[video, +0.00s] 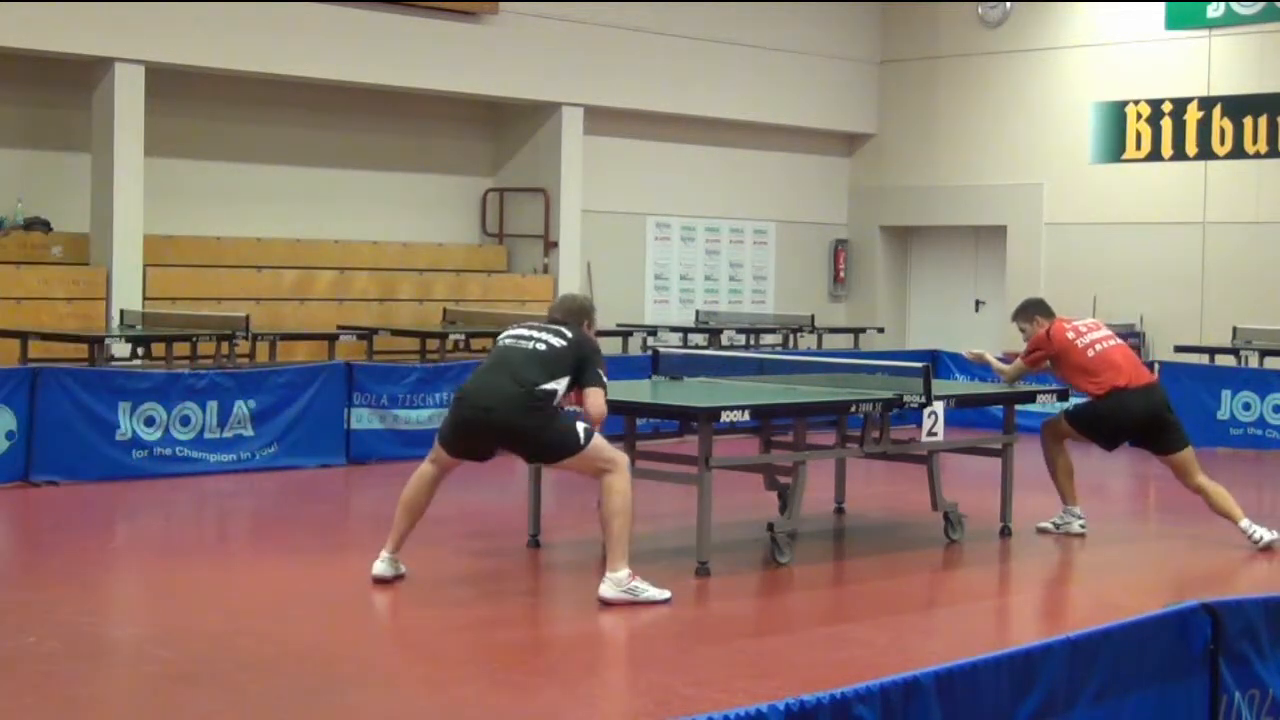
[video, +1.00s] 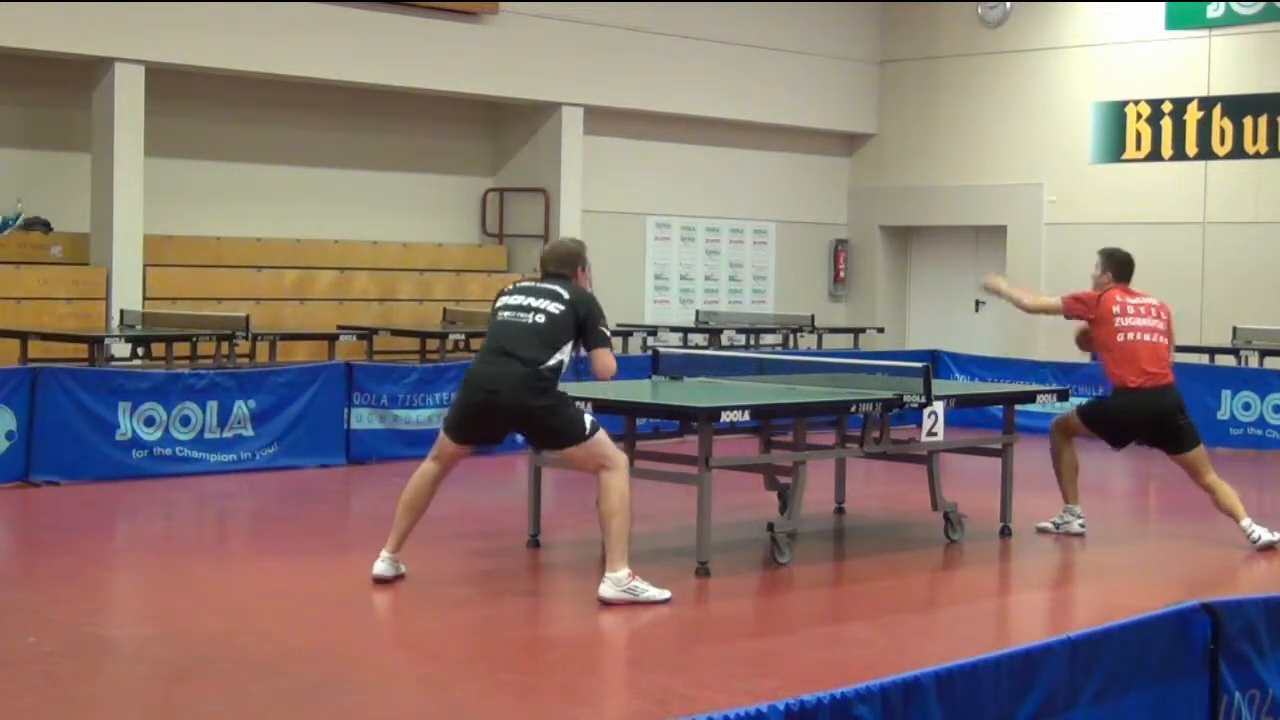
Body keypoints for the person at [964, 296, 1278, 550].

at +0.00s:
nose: (1025, 337)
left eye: (1025, 330)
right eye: (1023, 332)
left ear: (1038, 321)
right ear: (1050, 317)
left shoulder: (1047, 337)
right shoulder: (1085, 323)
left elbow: (1010, 374)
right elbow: (1063, 359)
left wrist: (988, 358)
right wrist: (1021, 358)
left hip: (1116, 405)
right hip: (1155, 398)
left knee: (1051, 431)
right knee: (1196, 479)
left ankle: (1072, 515)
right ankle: (1251, 529)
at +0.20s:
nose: (1029, 337)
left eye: (1028, 329)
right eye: (1027, 331)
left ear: (1043, 322)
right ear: (1055, 318)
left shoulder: (1051, 339)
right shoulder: (1089, 326)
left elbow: (1011, 375)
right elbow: (1067, 360)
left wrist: (987, 361)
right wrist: (1023, 360)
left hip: (1115, 412)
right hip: (1153, 405)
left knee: (1051, 432)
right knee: (1197, 483)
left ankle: (1071, 515)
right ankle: (1248, 529)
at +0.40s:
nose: (1036, 332)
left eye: (1036, 325)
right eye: (1035, 326)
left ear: (1052, 319)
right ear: (1066, 316)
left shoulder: (1057, 338)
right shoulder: (1101, 327)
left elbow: (1017, 372)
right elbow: (1058, 356)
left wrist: (988, 370)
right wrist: (1013, 360)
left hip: (1117, 418)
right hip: (1156, 412)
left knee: (1051, 432)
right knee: (1199, 487)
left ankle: (1071, 515)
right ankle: (1246, 529)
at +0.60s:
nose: (1051, 316)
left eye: (1052, 309)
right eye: (1050, 310)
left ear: (1068, 305)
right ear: (1080, 302)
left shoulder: (1066, 328)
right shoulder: (1115, 319)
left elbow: (1022, 351)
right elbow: (1078, 345)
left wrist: (995, 342)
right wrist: (1040, 332)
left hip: (1119, 417)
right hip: (1158, 413)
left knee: (1052, 431)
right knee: (1201, 486)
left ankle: (1071, 514)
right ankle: (1247, 530)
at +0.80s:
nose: (1070, 292)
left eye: (1073, 286)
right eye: (1071, 287)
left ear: (1086, 288)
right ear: (1103, 286)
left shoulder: (1083, 307)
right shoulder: (1132, 310)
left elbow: (1028, 301)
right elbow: (1101, 319)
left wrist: (1012, 266)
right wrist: (1067, 303)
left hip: (1121, 412)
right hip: (1160, 409)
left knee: (1054, 432)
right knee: (1202, 481)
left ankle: (1071, 515)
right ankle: (1248, 528)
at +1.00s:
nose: (1091, 275)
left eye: (1095, 270)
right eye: (1094, 269)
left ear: (1108, 275)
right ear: (1126, 276)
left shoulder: (1100, 300)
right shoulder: (1159, 307)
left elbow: (1035, 305)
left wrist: (1002, 288)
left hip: (1127, 405)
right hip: (1169, 404)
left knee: (1061, 430)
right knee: (1209, 478)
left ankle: (1071, 514)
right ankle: (1251, 528)